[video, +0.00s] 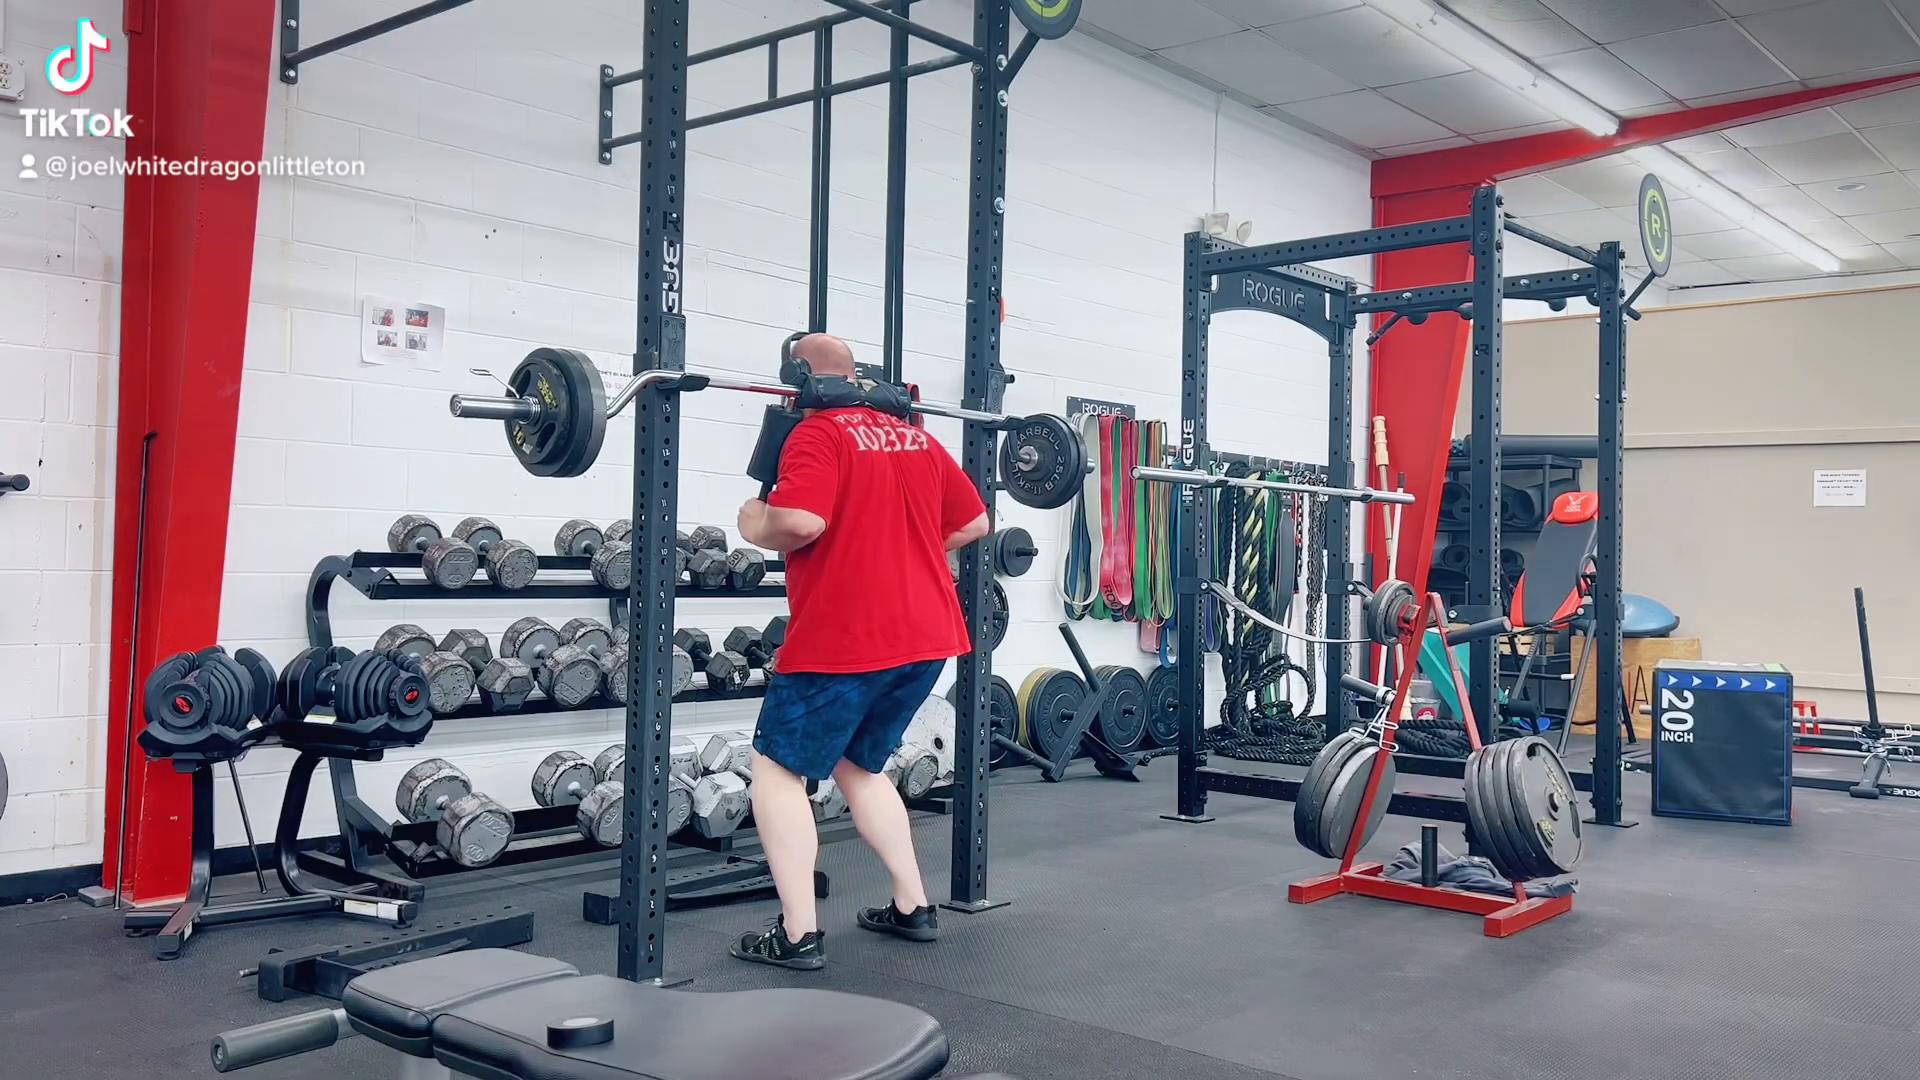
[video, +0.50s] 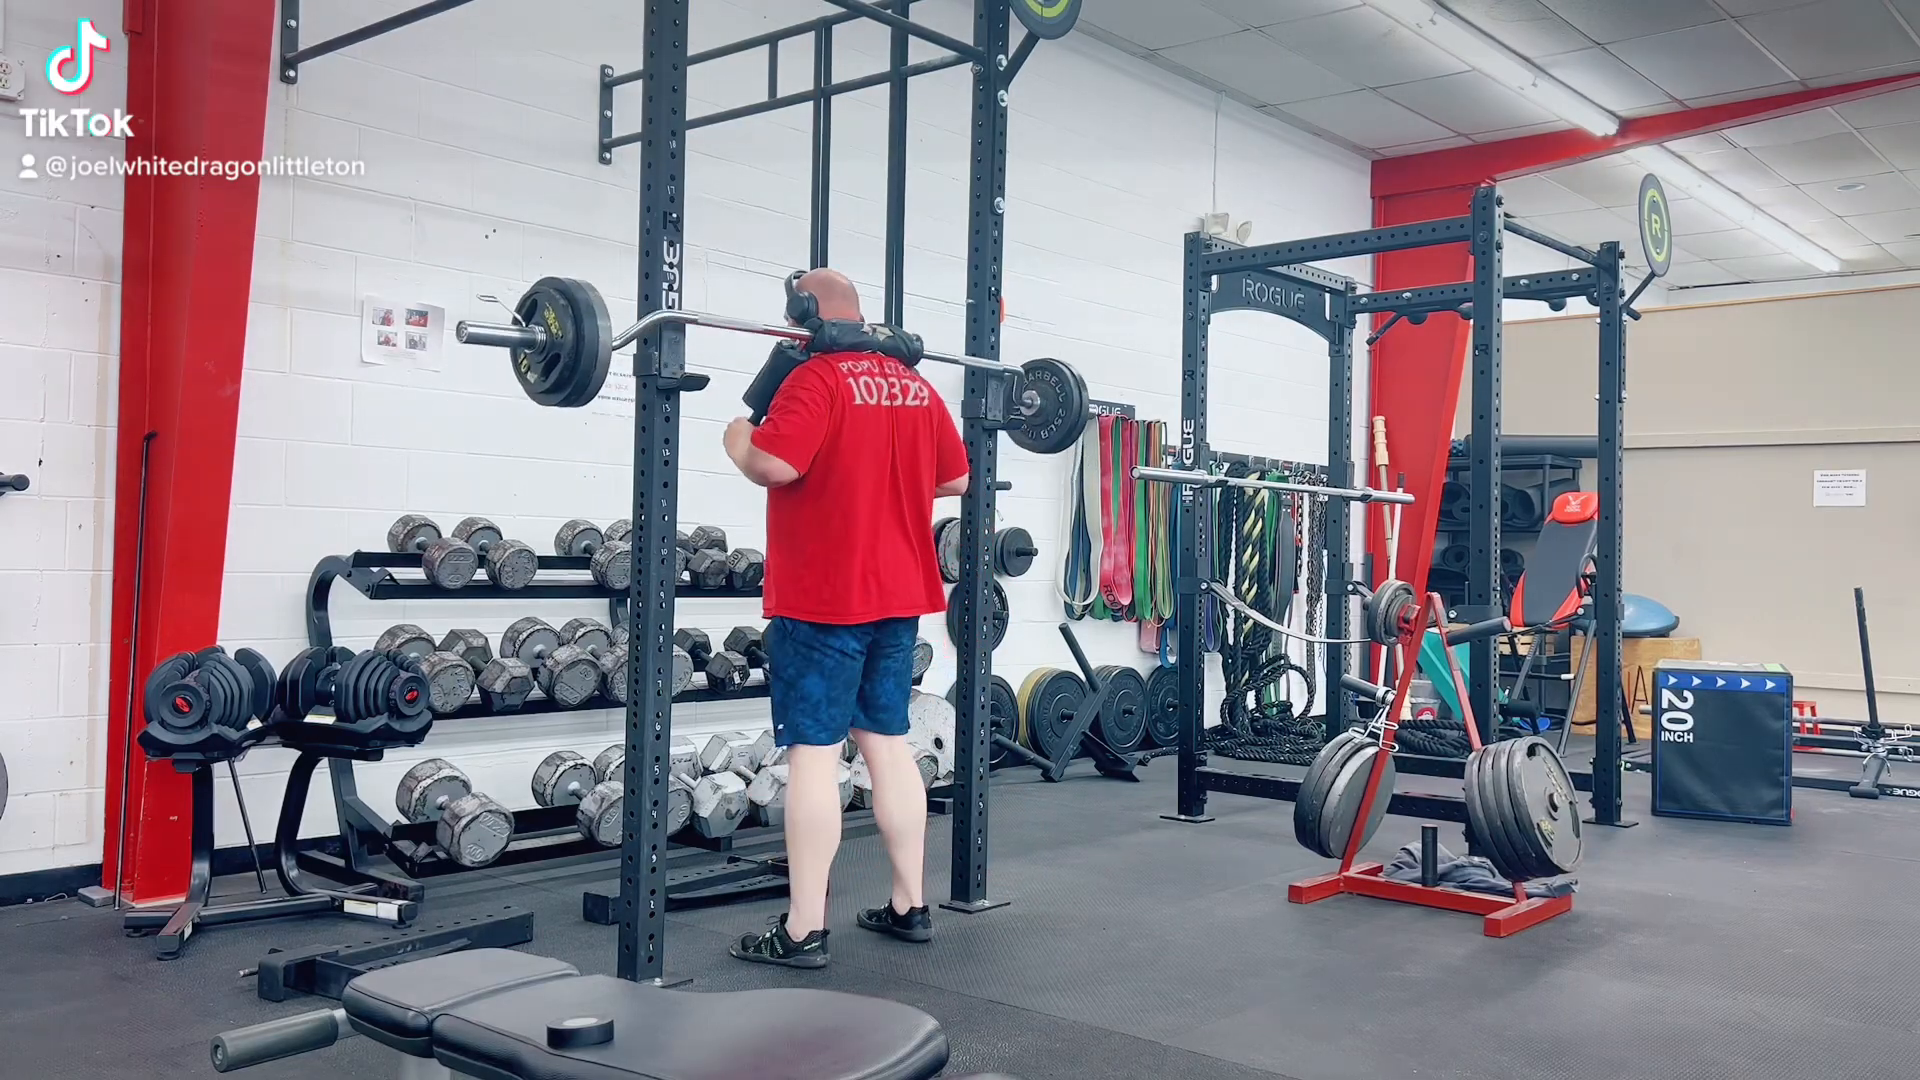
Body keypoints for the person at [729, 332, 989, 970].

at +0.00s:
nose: (786, 394)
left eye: (786, 381)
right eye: (788, 380)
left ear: (799, 383)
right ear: (854, 375)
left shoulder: (818, 432)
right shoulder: (912, 433)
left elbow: (802, 521)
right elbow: (973, 521)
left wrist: (756, 522)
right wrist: (909, 545)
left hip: (846, 631)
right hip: (928, 632)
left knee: (777, 765)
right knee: (859, 763)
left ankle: (800, 933)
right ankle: (913, 906)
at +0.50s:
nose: (789, 331)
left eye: (790, 320)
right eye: (790, 319)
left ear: (804, 321)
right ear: (860, 314)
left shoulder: (819, 378)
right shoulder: (911, 382)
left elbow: (776, 466)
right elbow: (955, 477)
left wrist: (739, 436)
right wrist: (886, 493)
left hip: (822, 594)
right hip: (899, 591)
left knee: (811, 750)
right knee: (885, 737)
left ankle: (804, 931)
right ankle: (910, 905)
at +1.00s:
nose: (887, 322)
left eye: (889, 312)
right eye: (891, 309)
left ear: (905, 318)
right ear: (965, 317)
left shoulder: (914, 383)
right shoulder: (1009, 390)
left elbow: (872, 477)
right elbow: (1041, 487)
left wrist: (830, 444)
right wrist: (967, 480)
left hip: (907, 605)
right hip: (977, 603)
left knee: (894, 759)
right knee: (931, 756)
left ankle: (962, 924)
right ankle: (912, 901)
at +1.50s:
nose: (1053, 298)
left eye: (1052, 287)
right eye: (1056, 285)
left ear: (1067, 288)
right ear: (1131, 280)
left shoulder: (1092, 349)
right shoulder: (1191, 357)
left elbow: (1067, 454)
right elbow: (1230, 472)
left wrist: (1002, 432)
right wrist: (1142, 472)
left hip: (1091, 598)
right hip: (1177, 598)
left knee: (1036, 766)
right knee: (1146, 765)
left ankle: (1036, 974)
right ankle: (1167, 964)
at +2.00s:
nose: (1068, 291)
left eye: (1070, 278)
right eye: (1069, 277)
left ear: (1088, 278)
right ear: (1153, 271)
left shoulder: (1114, 341)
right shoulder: (1220, 353)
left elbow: (1083, 441)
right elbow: (1263, 466)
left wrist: (1021, 429)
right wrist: (1183, 493)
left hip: (1120, 604)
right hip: (1207, 603)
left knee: (1116, 795)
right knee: (1194, 781)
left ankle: (1109, 1008)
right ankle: (1216, 974)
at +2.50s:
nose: (1086, 286)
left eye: (1088, 274)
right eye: (1089, 274)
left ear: (1104, 277)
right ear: (1175, 275)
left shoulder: (1119, 343)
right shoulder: (1228, 360)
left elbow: (1084, 444)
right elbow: (1265, 471)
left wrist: (1025, 427)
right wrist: (1180, 478)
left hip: (1117, 608)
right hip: (1207, 609)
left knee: (1111, 796)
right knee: (1204, 780)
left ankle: (1095, 1009)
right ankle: (1217, 974)